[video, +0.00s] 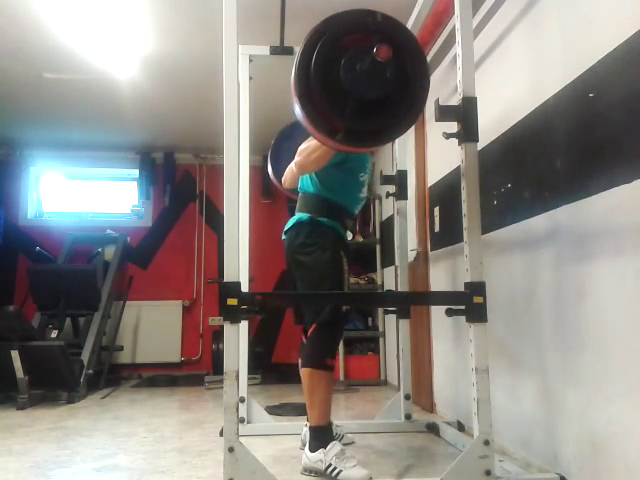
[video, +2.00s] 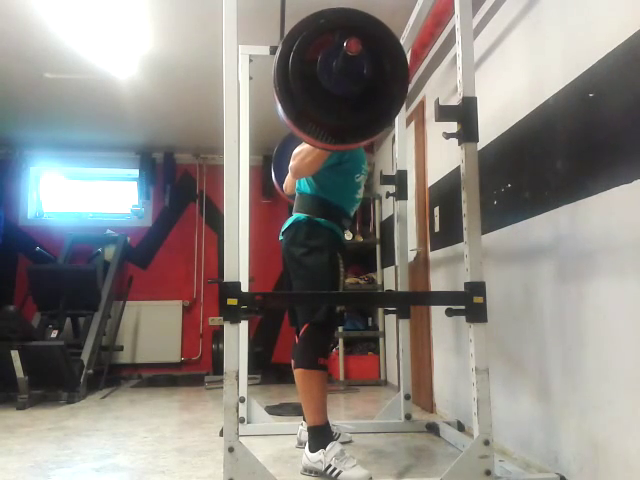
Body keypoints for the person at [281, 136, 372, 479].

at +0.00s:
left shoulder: (353, 137)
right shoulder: (338, 132)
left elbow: (289, 180)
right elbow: (297, 168)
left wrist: (302, 162)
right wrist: (340, 138)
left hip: (319, 232)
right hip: (313, 232)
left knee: (321, 330)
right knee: (326, 329)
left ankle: (318, 433)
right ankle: (320, 445)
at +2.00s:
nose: (373, 135)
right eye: (368, 126)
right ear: (351, 114)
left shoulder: (345, 144)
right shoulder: (330, 134)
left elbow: (289, 186)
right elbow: (296, 170)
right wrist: (333, 134)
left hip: (317, 234)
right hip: (310, 233)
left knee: (314, 333)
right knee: (316, 332)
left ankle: (315, 429)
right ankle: (319, 446)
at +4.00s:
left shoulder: (352, 168)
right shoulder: (327, 161)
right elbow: (293, 203)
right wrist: (331, 174)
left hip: (306, 254)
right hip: (288, 249)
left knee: (330, 329)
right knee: (346, 325)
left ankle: (314, 422)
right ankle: (321, 444)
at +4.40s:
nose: (351, 166)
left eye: (356, 160)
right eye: (346, 160)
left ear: (367, 165)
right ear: (336, 164)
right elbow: (300, 245)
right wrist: (341, 206)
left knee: (340, 337)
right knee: (359, 337)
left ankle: (315, 427)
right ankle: (322, 448)